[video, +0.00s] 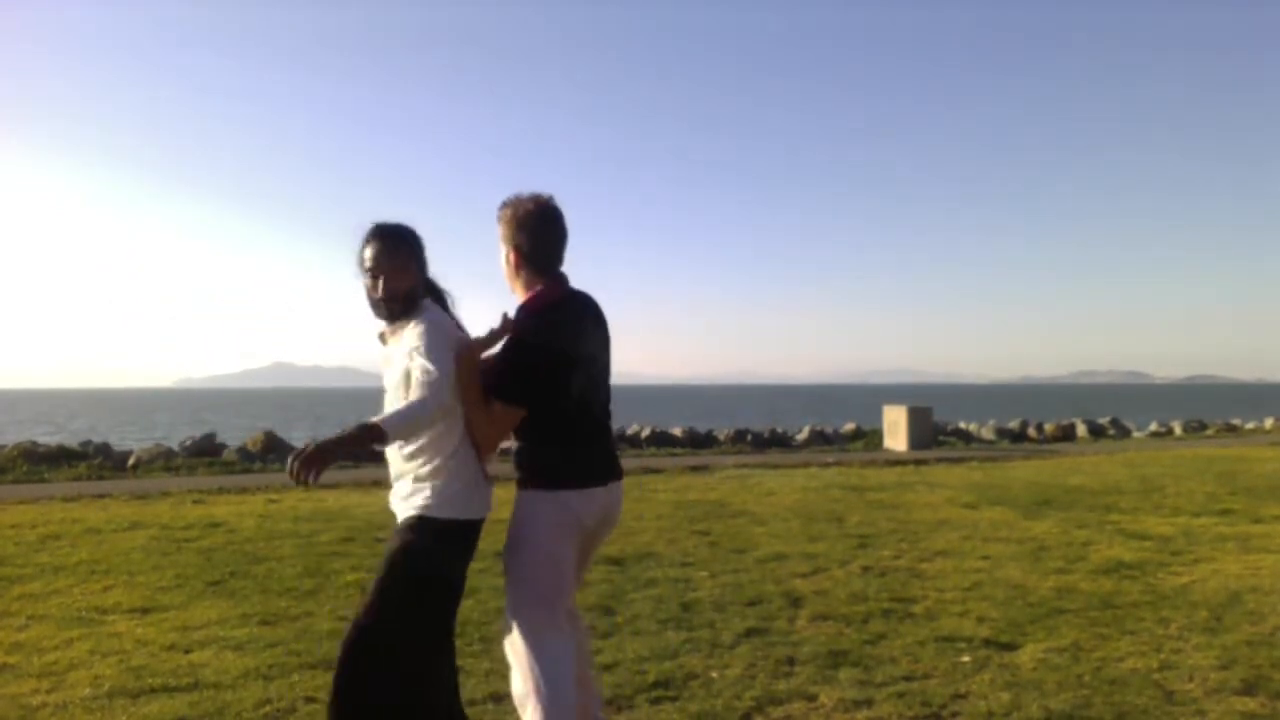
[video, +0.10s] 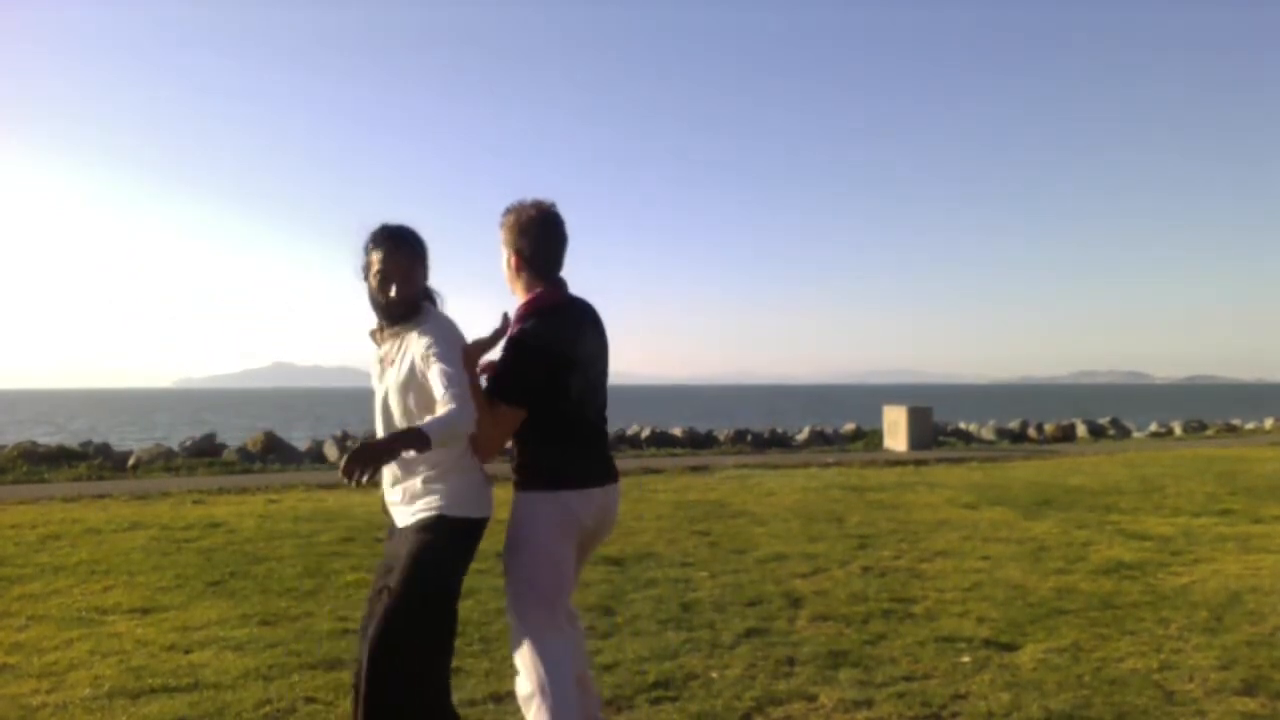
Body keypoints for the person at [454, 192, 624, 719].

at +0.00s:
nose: (501, 259)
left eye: (501, 249)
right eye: (502, 249)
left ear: (512, 255)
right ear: (560, 250)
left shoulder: (533, 329)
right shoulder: (587, 311)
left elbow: (488, 432)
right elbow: (556, 395)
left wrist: (467, 360)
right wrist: (502, 347)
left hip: (553, 497)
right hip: (601, 488)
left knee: (529, 624)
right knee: (556, 611)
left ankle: (551, 713)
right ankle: (585, 709)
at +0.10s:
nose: (502, 262)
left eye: (503, 253)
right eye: (503, 252)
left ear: (512, 259)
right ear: (560, 256)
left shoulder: (528, 334)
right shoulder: (585, 317)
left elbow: (488, 437)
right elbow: (557, 406)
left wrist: (468, 368)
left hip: (549, 498)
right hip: (598, 489)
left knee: (534, 626)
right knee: (553, 611)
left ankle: (553, 711)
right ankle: (583, 707)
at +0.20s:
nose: (501, 266)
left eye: (503, 257)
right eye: (503, 256)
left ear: (512, 264)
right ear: (557, 262)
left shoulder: (526, 334)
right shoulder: (585, 324)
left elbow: (500, 435)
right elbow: (571, 409)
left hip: (546, 498)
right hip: (596, 490)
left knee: (537, 633)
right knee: (556, 613)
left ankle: (556, 710)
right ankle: (583, 706)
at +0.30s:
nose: (502, 274)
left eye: (502, 265)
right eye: (504, 264)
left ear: (511, 271)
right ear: (554, 268)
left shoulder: (524, 336)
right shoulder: (586, 330)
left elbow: (511, 424)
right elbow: (615, 390)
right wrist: (563, 391)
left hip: (544, 502)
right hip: (598, 496)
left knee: (540, 632)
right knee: (556, 611)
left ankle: (560, 712)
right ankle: (584, 706)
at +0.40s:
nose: (500, 286)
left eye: (501, 278)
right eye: (502, 278)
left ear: (510, 282)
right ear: (551, 279)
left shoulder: (518, 345)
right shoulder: (586, 340)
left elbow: (508, 419)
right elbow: (627, 403)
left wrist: (483, 433)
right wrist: (574, 408)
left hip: (542, 503)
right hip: (599, 498)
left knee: (543, 637)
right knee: (553, 612)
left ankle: (570, 712)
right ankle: (584, 705)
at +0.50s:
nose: (498, 296)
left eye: (499, 288)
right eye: (500, 288)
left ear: (508, 291)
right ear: (549, 288)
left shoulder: (512, 348)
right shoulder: (585, 349)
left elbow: (495, 408)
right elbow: (633, 413)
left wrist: (486, 439)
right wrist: (585, 425)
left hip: (542, 503)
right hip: (600, 499)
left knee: (544, 632)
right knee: (550, 616)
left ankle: (570, 712)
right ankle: (575, 705)